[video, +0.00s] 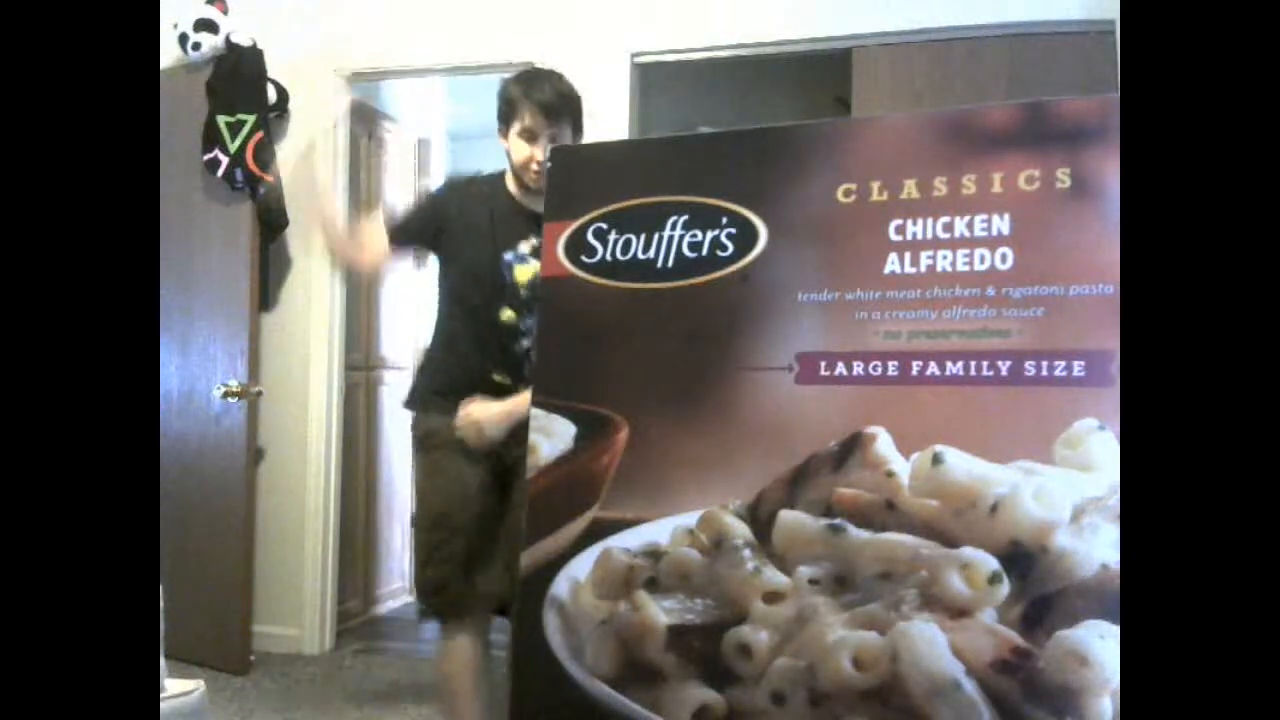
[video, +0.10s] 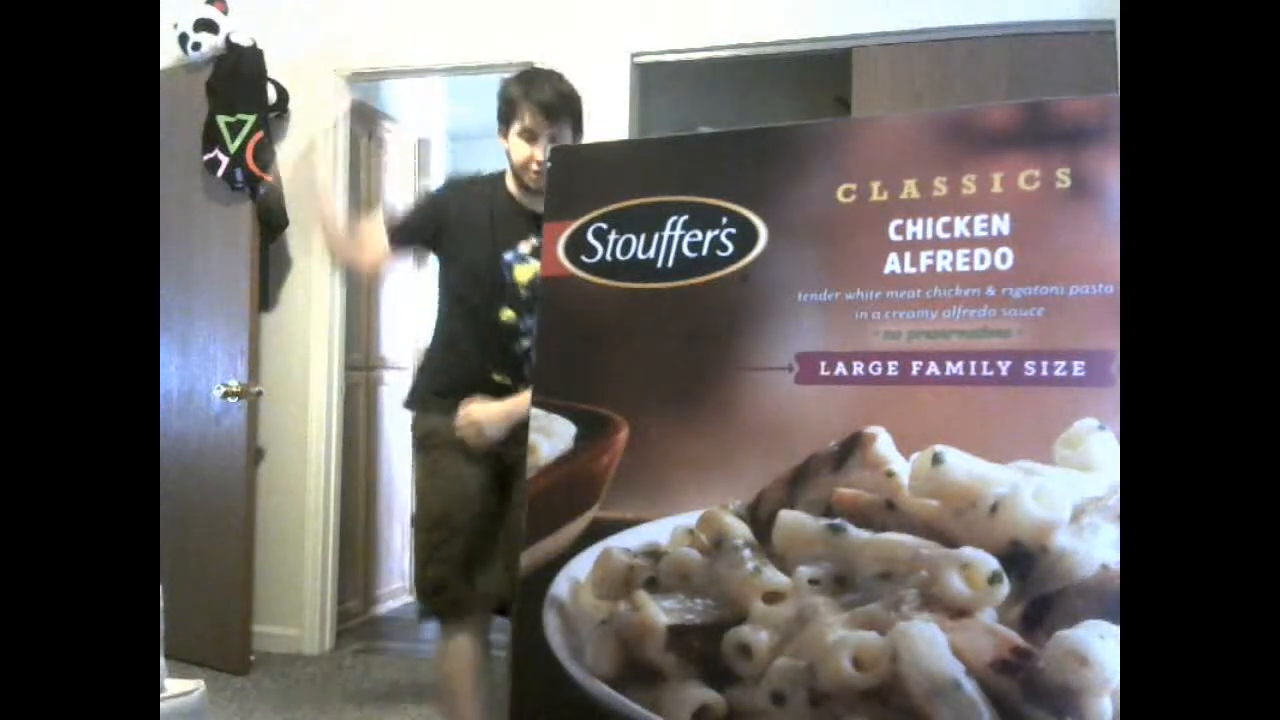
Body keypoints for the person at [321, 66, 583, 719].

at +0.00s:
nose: (541, 155)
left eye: (555, 141)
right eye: (527, 137)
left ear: (576, 141)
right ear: (504, 134)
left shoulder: (588, 217)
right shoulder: (462, 202)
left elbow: (603, 350)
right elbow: (364, 250)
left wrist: (515, 407)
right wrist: (310, 186)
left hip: (550, 421)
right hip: (457, 414)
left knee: (545, 599)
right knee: (464, 605)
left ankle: (545, 715)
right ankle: (465, 715)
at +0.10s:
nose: (541, 155)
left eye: (556, 141)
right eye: (528, 137)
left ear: (576, 141)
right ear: (504, 133)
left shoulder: (588, 218)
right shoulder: (462, 203)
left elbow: (604, 350)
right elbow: (364, 250)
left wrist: (515, 407)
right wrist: (311, 183)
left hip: (551, 421)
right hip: (457, 413)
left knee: (545, 600)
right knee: (464, 604)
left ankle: (544, 715)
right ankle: (465, 714)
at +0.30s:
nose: (507, 134)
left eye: (522, 119)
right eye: (494, 118)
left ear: (544, 122)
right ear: (472, 118)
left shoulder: (555, 200)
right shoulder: (445, 186)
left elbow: (590, 291)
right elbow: (416, 273)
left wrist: (546, 342)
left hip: (513, 418)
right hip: (430, 413)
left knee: (525, 583)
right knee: (370, 585)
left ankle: (532, 710)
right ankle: (332, 710)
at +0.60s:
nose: (425, 145)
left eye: (438, 131)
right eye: (410, 130)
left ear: (460, 136)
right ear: (387, 134)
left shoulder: (479, 215)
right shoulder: (365, 199)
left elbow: (517, 297)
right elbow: (346, 278)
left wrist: (522, 232)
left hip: (448, 425)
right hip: (362, 423)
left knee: (491, 588)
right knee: (302, 590)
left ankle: (506, 714)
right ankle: (257, 713)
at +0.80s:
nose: (326, 138)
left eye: (338, 122)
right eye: (310, 126)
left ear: (368, 122)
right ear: (293, 129)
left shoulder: (399, 171)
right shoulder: (280, 197)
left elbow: (358, 173)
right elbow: (247, 298)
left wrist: (256, 169)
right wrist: (190, 332)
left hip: (391, 419)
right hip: (301, 419)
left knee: (411, 583)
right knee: (262, 577)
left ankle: (453, 714)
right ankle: (251, 714)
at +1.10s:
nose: (291, 143)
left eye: (307, 127)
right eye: (278, 128)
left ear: (332, 127)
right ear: (261, 131)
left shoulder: (369, 191)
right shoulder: (256, 208)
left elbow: (349, 276)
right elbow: (241, 317)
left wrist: (220, 208)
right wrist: (199, 325)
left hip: (384, 409)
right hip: (298, 412)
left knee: (415, 564)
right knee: (266, 576)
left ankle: (462, 712)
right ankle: (253, 714)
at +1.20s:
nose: (304, 150)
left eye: (319, 135)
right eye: (290, 134)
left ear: (337, 137)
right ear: (264, 137)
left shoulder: (375, 195)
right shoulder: (243, 231)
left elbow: (460, 222)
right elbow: (236, 336)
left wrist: (398, 267)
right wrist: (272, 375)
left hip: (391, 415)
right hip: (298, 424)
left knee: (440, 575)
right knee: (261, 589)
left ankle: (489, 712)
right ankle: (253, 714)